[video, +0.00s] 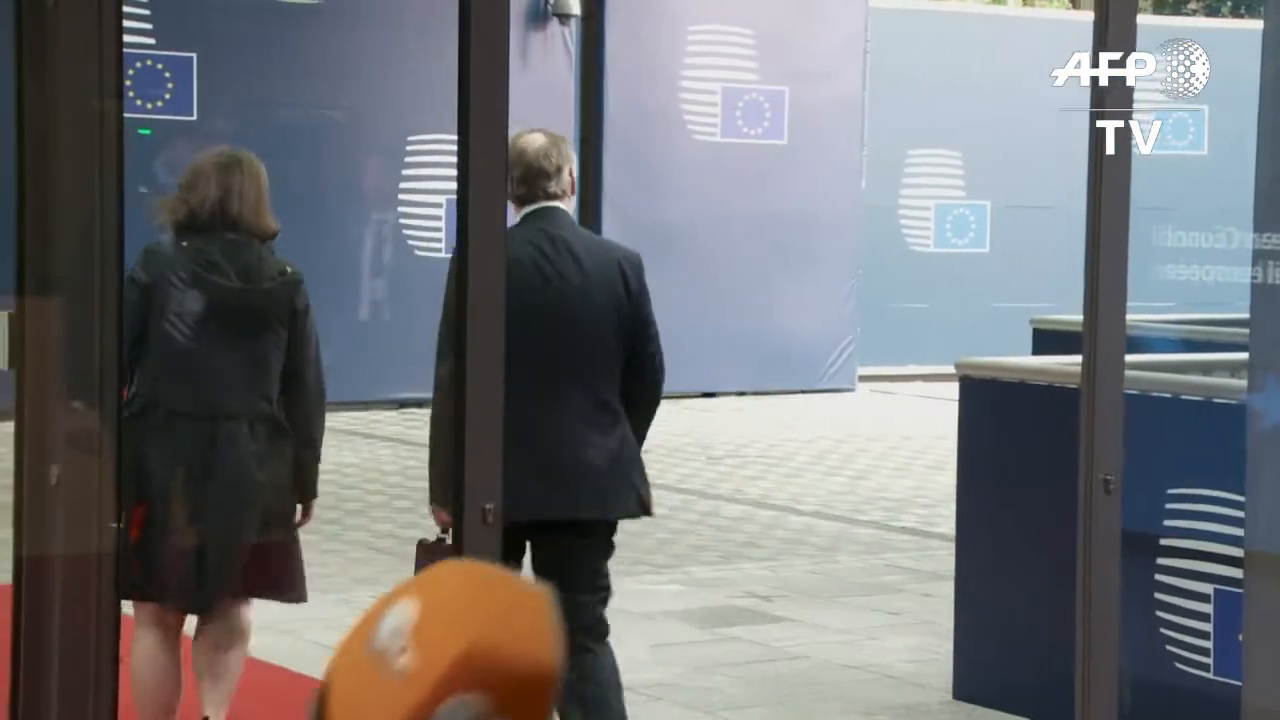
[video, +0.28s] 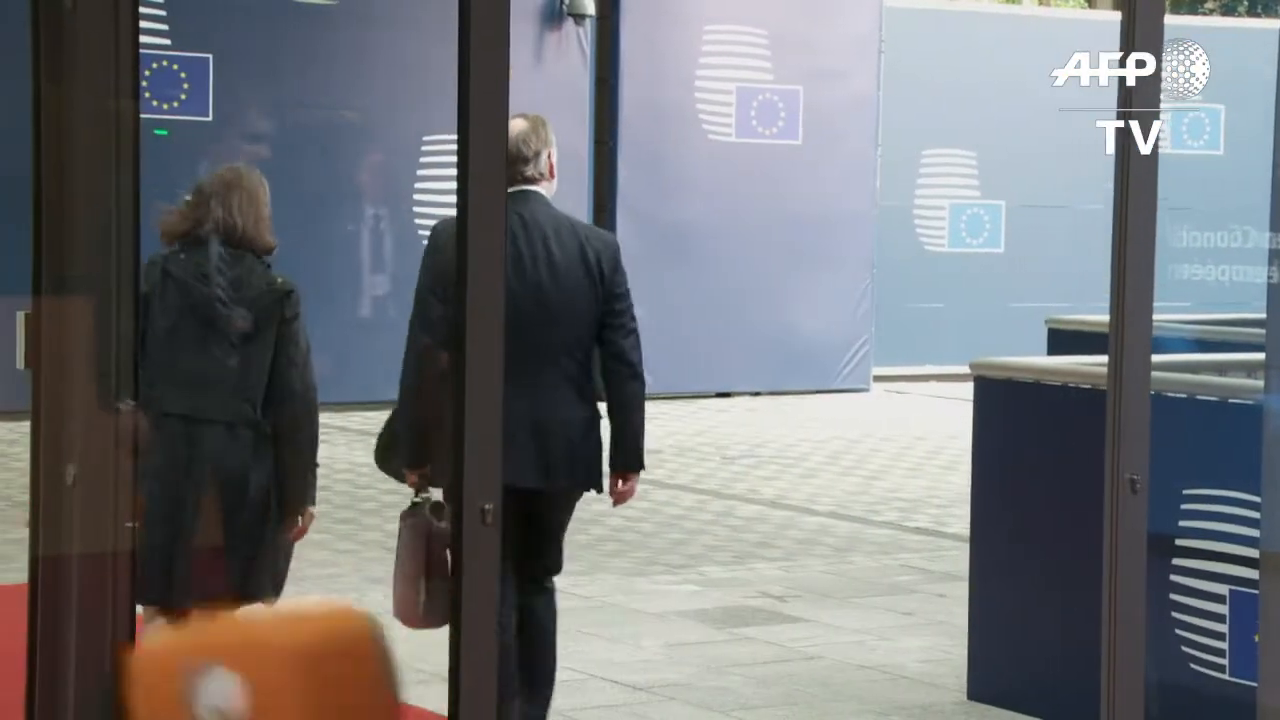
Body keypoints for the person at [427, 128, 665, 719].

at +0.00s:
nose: (574, 183)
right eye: (573, 176)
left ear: (509, 190)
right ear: (569, 183)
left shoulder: (476, 260)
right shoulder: (618, 263)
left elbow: (450, 382)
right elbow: (646, 377)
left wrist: (444, 489)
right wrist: (616, 451)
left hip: (491, 478)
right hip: (586, 476)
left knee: (491, 635)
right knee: (585, 633)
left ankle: (494, 716)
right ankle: (599, 717)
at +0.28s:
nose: (556, 167)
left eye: (549, 158)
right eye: (555, 159)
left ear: (489, 167)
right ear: (548, 167)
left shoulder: (453, 239)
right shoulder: (595, 246)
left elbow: (426, 350)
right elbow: (623, 359)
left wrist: (414, 448)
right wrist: (627, 453)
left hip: (477, 452)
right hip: (561, 456)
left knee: (486, 587)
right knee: (538, 583)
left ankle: (492, 710)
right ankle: (531, 709)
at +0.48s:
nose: (547, 189)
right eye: (546, 182)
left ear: (483, 186)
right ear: (541, 188)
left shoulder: (447, 252)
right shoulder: (583, 267)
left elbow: (418, 357)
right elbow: (607, 373)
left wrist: (401, 453)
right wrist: (611, 464)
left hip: (461, 457)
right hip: (541, 463)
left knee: (478, 595)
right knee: (515, 592)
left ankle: (503, 710)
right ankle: (484, 705)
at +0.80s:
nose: (542, 170)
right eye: (541, 162)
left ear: (475, 166)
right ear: (533, 169)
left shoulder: (442, 228)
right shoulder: (568, 243)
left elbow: (408, 324)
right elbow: (589, 344)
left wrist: (392, 411)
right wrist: (572, 416)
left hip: (448, 424)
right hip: (532, 427)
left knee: (444, 539)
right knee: (512, 571)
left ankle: (444, 680)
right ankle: (490, 704)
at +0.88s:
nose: (538, 174)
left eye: (534, 165)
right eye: (537, 166)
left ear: (474, 172)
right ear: (529, 174)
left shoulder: (439, 230)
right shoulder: (563, 245)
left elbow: (407, 321)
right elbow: (586, 340)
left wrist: (390, 404)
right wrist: (559, 397)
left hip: (443, 424)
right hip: (526, 426)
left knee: (442, 540)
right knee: (510, 564)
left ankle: (431, 677)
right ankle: (488, 705)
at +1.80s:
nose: (518, 198)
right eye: (520, 192)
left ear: (471, 190)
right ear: (517, 193)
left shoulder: (432, 236)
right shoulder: (540, 250)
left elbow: (405, 315)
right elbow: (556, 337)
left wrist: (401, 395)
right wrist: (561, 411)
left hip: (438, 404)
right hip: (508, 408)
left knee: (441, 507)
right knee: (493, 518)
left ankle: (437, 590)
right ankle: (472, 633)